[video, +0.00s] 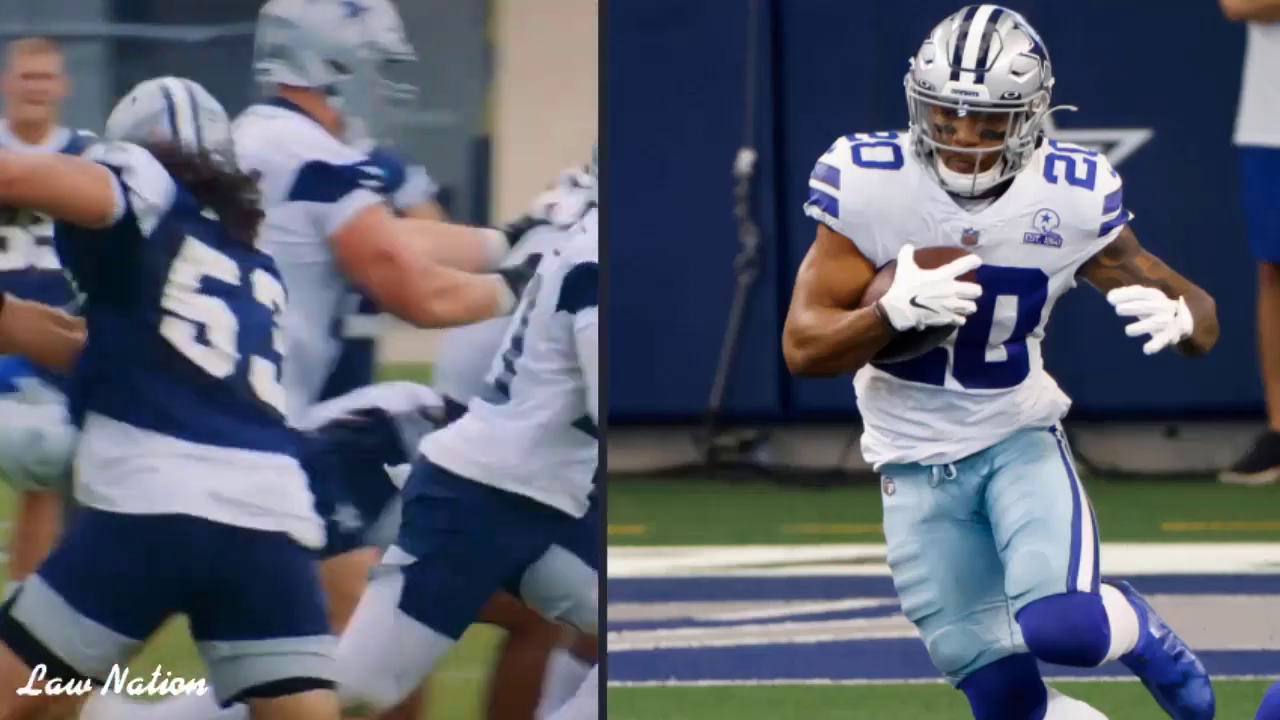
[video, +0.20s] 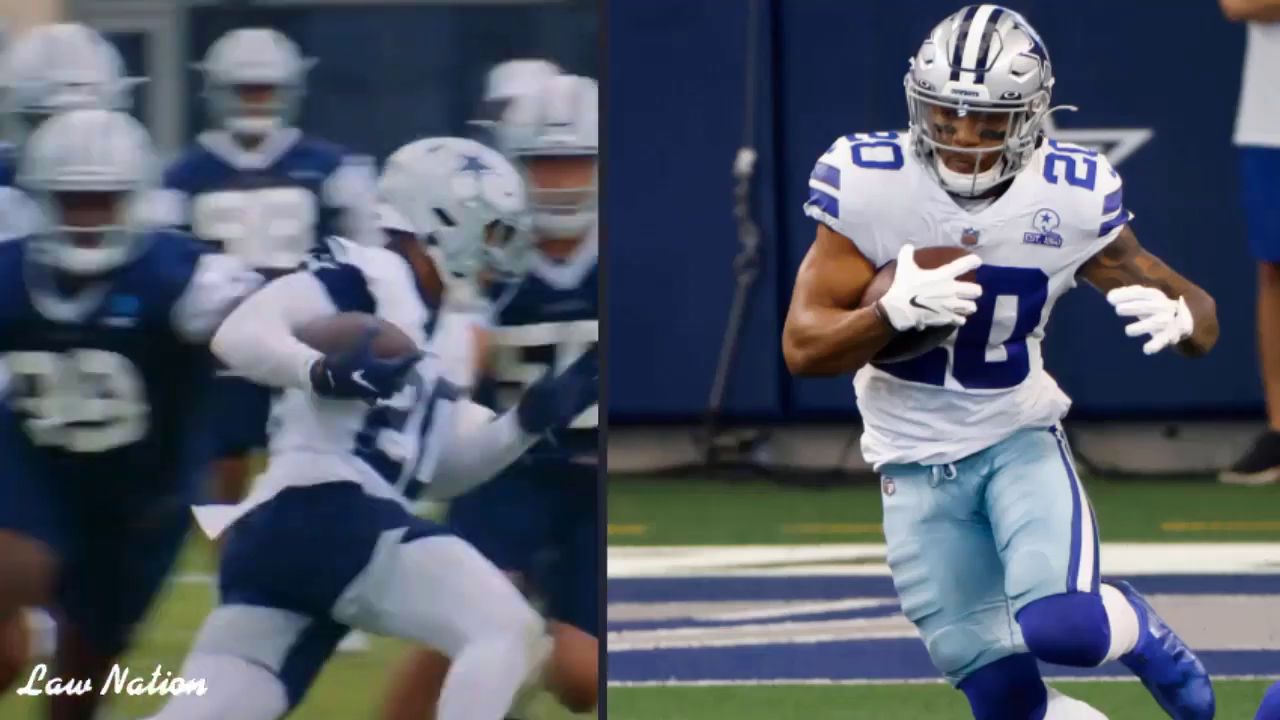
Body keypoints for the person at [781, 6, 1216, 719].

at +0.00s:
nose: (965, 137)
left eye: (987, 120)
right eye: (950, 116)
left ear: (1027, 118)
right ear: (922, 108)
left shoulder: (1071, 194)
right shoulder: (863, 180)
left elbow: (1197, 309)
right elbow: (801, 350)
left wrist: (1180, 318)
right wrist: (886, 313)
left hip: (1018, 437)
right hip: (911, 467)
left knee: (1055, 625)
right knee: (1001, 698)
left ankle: (1143, 633)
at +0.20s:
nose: (965, 137)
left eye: (987, 121)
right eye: (950, 116)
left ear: (1027, 118)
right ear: (922, 109)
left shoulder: (1071, 194)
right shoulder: (863, 180)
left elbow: (1196, 309)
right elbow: (801, 349)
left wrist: (1181, 318)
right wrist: (887, 313)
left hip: (1018, 437)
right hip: (911, 467)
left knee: (1054, 626)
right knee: (1001, 698)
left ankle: (1141, 632)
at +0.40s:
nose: (965, 137)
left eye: (987, 121)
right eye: (950, 116)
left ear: (1027, 118)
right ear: (922, 109)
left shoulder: (1071, 194)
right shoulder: (863, 180)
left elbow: (1197, 309)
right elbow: (801, 350)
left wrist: (1180, 318)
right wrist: (887, 313)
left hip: (1018, 437)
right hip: (911, 468)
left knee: (1054, 626)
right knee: (1001, 697)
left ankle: (1142, 633)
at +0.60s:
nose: (965, 137)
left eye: (987, 121)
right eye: (950, 116)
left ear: (1027, 118)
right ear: (922, 109)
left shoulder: (1071, 194)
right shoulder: (863, 180)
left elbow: (1197, 309)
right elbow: (801, 350)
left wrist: (1180, 318)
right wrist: (887, 313)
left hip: (1018, 437)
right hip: (911, 468)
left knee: (1054, 626)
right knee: (1001, 697)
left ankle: (1142, 633)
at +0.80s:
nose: (965, 137)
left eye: (987, 120)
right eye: (950, 116)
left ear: (1027, 118)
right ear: (922, 109)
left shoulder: (1071, 194)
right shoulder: (863, 180)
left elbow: (1196, 308)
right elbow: (801, 349)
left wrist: (1181, 318)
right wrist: (887, 313)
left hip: (1018, 437)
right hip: (911, 467)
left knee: (1054, 626)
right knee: (1001, 698)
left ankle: (1142, 632)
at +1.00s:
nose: (965, 137)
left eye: (987, 121)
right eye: (950, 116)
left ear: (1027, 118)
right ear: (922, 109)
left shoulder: (1071, 193)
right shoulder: (863, 180)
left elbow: (1196, 308)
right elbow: (801, 349)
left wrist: (1181, 318)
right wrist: (887, 313)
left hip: (1018, 437)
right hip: (911, 468)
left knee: (1054, 626)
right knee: (1001, 698)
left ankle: (1141, 632)